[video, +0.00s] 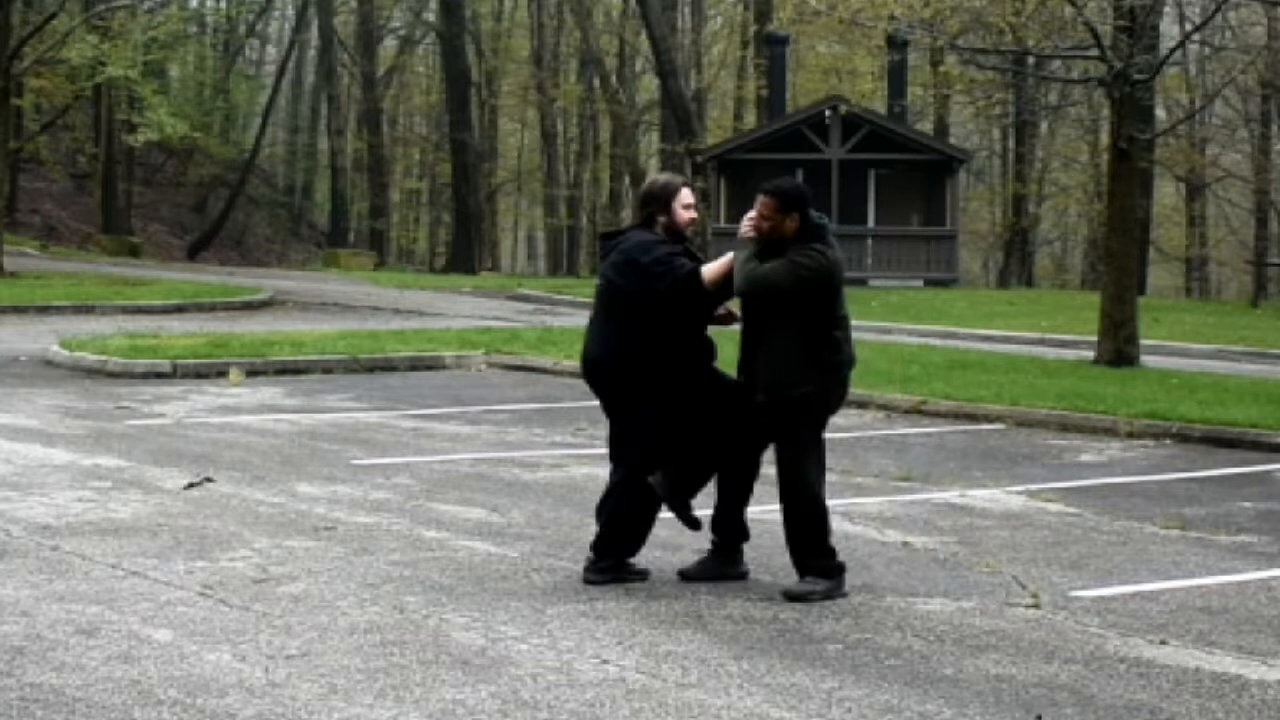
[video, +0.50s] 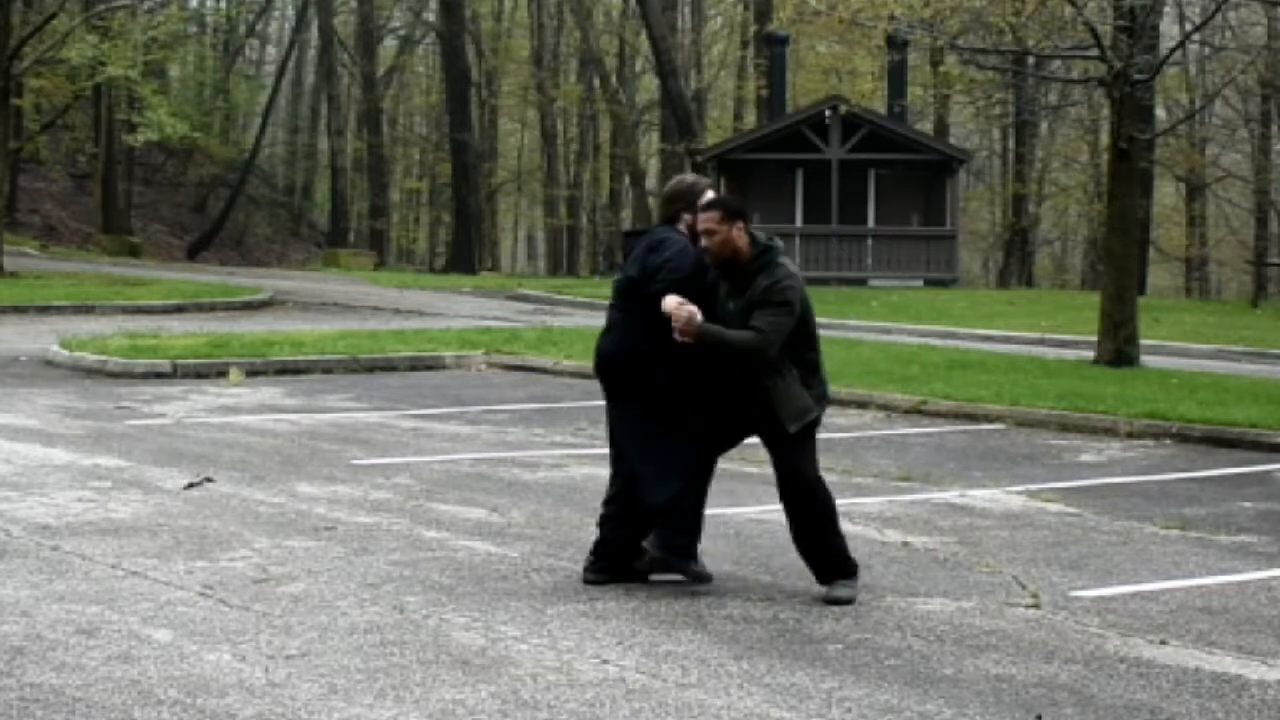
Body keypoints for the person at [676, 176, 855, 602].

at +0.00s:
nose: (756, 223)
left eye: (766, 217)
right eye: (756, 215)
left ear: (793, 220)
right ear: (765, 218)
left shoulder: (817, 260)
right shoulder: (771, 249)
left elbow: (750, 284)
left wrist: (746, 241)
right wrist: (730, 313)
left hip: (807, 385)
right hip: (764, 379)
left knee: (800, 480)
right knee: (735, 463)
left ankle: (822, 573)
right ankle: (726, 554)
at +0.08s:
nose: (753, 216)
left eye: (763, 209)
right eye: (753, 208)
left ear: (790, 212)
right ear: (756, 210)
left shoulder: (815, 254)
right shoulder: (761, 242)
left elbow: (754, 286)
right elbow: (722, 282)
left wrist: (739, 246)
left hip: (806, 382)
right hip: (759, 376)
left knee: (800, 473)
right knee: (736, 463)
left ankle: (822, 572)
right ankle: (729, 555)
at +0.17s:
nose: (747, 210)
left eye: (756, 203)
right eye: (745, 201)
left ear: (783, 204)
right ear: (749, 201)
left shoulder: (813, 247)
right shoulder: (749, 236)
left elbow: (766, 287)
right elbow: (721, 284)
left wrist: (728, 254)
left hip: (807, 377)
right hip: (756, 374)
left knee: (806, 475)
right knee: (733, 460)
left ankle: (823, 572)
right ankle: (728, 555)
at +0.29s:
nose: (738, 210)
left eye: (746, 203)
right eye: (736, 201)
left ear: (774, 203)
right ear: (746, 202)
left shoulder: (810, 248)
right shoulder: (738, 243)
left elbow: (784, 297)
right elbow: (718, 302)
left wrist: (721, 274)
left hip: (807, 381)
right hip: (752, 380)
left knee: (815, 472)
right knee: (726, 462)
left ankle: (834, 573)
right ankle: (728, 555)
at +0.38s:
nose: (730, 220)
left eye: (737, 212)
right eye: (728, 212)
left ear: (766, 211)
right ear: (734, 213)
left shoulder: (806, 258)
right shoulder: (733, 253)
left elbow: (783, 312)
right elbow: (717, 304)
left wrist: (718, 297)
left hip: (797, 389)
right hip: (742, 386)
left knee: (813, 477)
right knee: (711, 461)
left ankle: (837, 575)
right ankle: (721, 549)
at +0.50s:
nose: (702, 242)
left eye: (710, 234)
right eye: (700, 234)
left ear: (738, 231)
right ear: (725, 233)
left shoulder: (781, 281)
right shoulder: (715, 273)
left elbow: (764, 342)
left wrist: (701, 328)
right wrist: (680, 311)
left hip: (788, 396)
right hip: (740, 392)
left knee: (800, 482)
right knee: (691, 455)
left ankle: (839, 575)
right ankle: (672, 549)